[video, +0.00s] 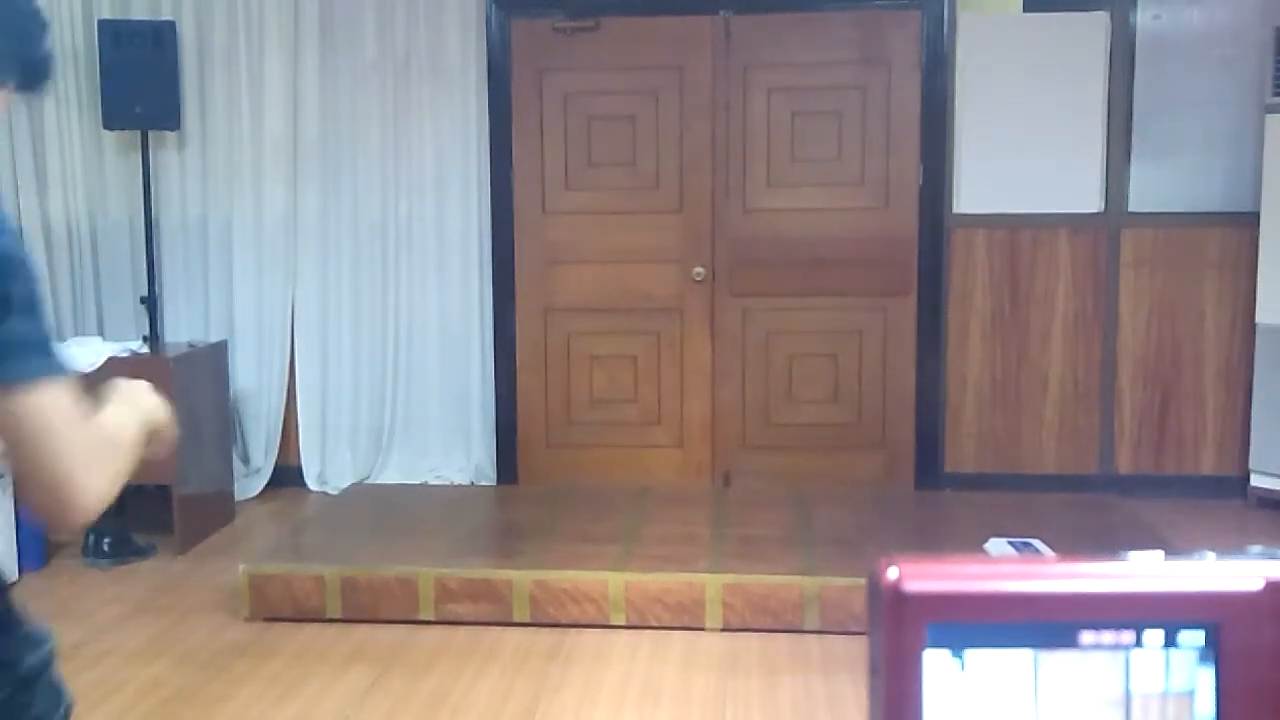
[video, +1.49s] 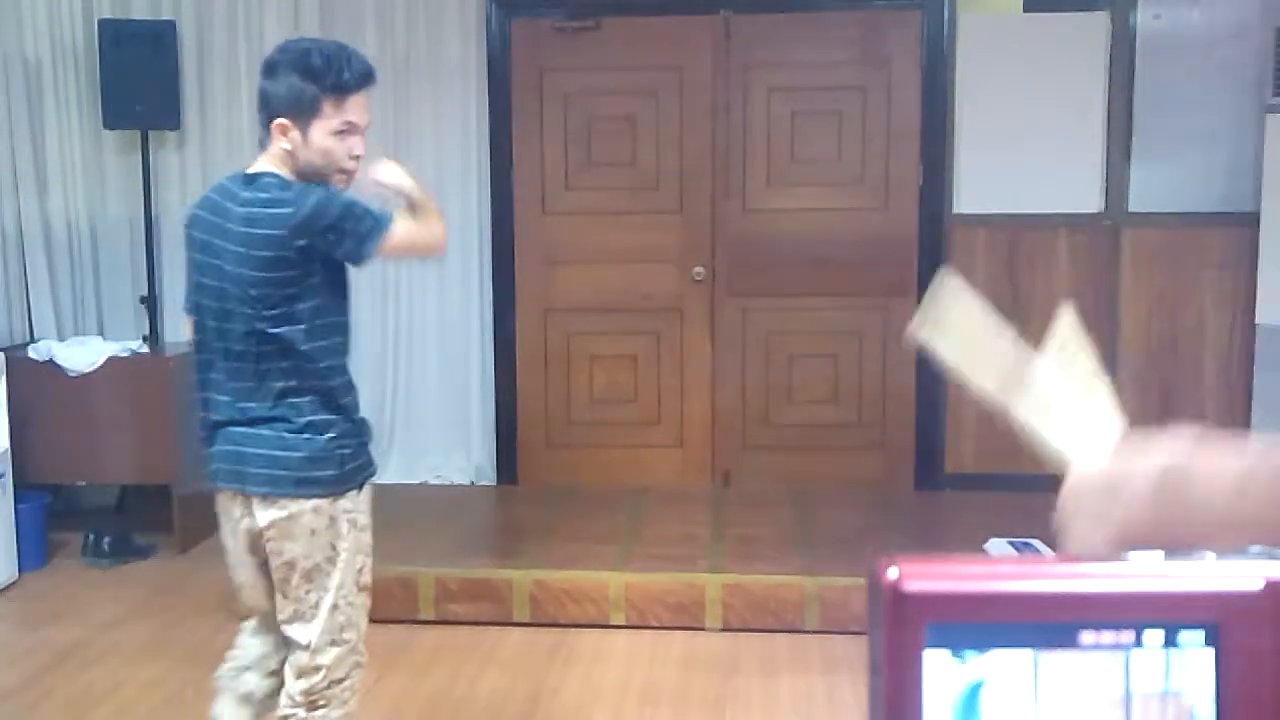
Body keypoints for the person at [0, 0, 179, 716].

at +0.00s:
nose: (15, 102)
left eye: (19, 84)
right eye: (17, 84)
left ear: (19, 80)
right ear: (11, 80)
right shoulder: (3, 241)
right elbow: (70, 493)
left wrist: (113, 410)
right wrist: (131, 407)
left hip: (16, 664)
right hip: (13, 671)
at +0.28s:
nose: (122, 196)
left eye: (138, 177)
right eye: (130, 174)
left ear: (63, 142)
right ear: (71, 146)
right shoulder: (44, 212)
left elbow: (297, 173)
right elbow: (299, 171)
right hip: (62, 648)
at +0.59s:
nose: (198, 163)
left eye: (204, 147)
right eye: (194, 144)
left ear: (113, 124)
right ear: (127, 126)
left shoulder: (8, 194)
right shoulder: (156, 204)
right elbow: (296, 141)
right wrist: (202, 39)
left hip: (11, 574)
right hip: (136, 575)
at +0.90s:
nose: (228, 167)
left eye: (234, 148)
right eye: (220, 145)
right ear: (155, 124)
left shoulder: (19, 213)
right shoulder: (172, 204)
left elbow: (12, 372)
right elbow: (297, 162)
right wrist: (234, 116)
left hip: (55, 536)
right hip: (169, 542)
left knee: (109, 708)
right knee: (216, 705)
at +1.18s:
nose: (285, 146)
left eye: (286, 129)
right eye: (269, 130)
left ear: (201, 130)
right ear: (206, 129)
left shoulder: (129, 208)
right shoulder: (225, 200)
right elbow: (352, 153)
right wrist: (294, 125)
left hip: (120, 490)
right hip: (217, 495)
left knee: (132, 692)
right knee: (259, 696)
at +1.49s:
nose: (360, 147)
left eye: (362, 130)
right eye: (344, 132)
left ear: (280, 136)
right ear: (286, 133)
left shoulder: (210, 208)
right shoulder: (312, 210)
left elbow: (204, 333)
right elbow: (430, 236)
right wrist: (407, 186)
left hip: (233, 462)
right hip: (312, 470)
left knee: (264, 630)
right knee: (325, 655)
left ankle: (231, 712)